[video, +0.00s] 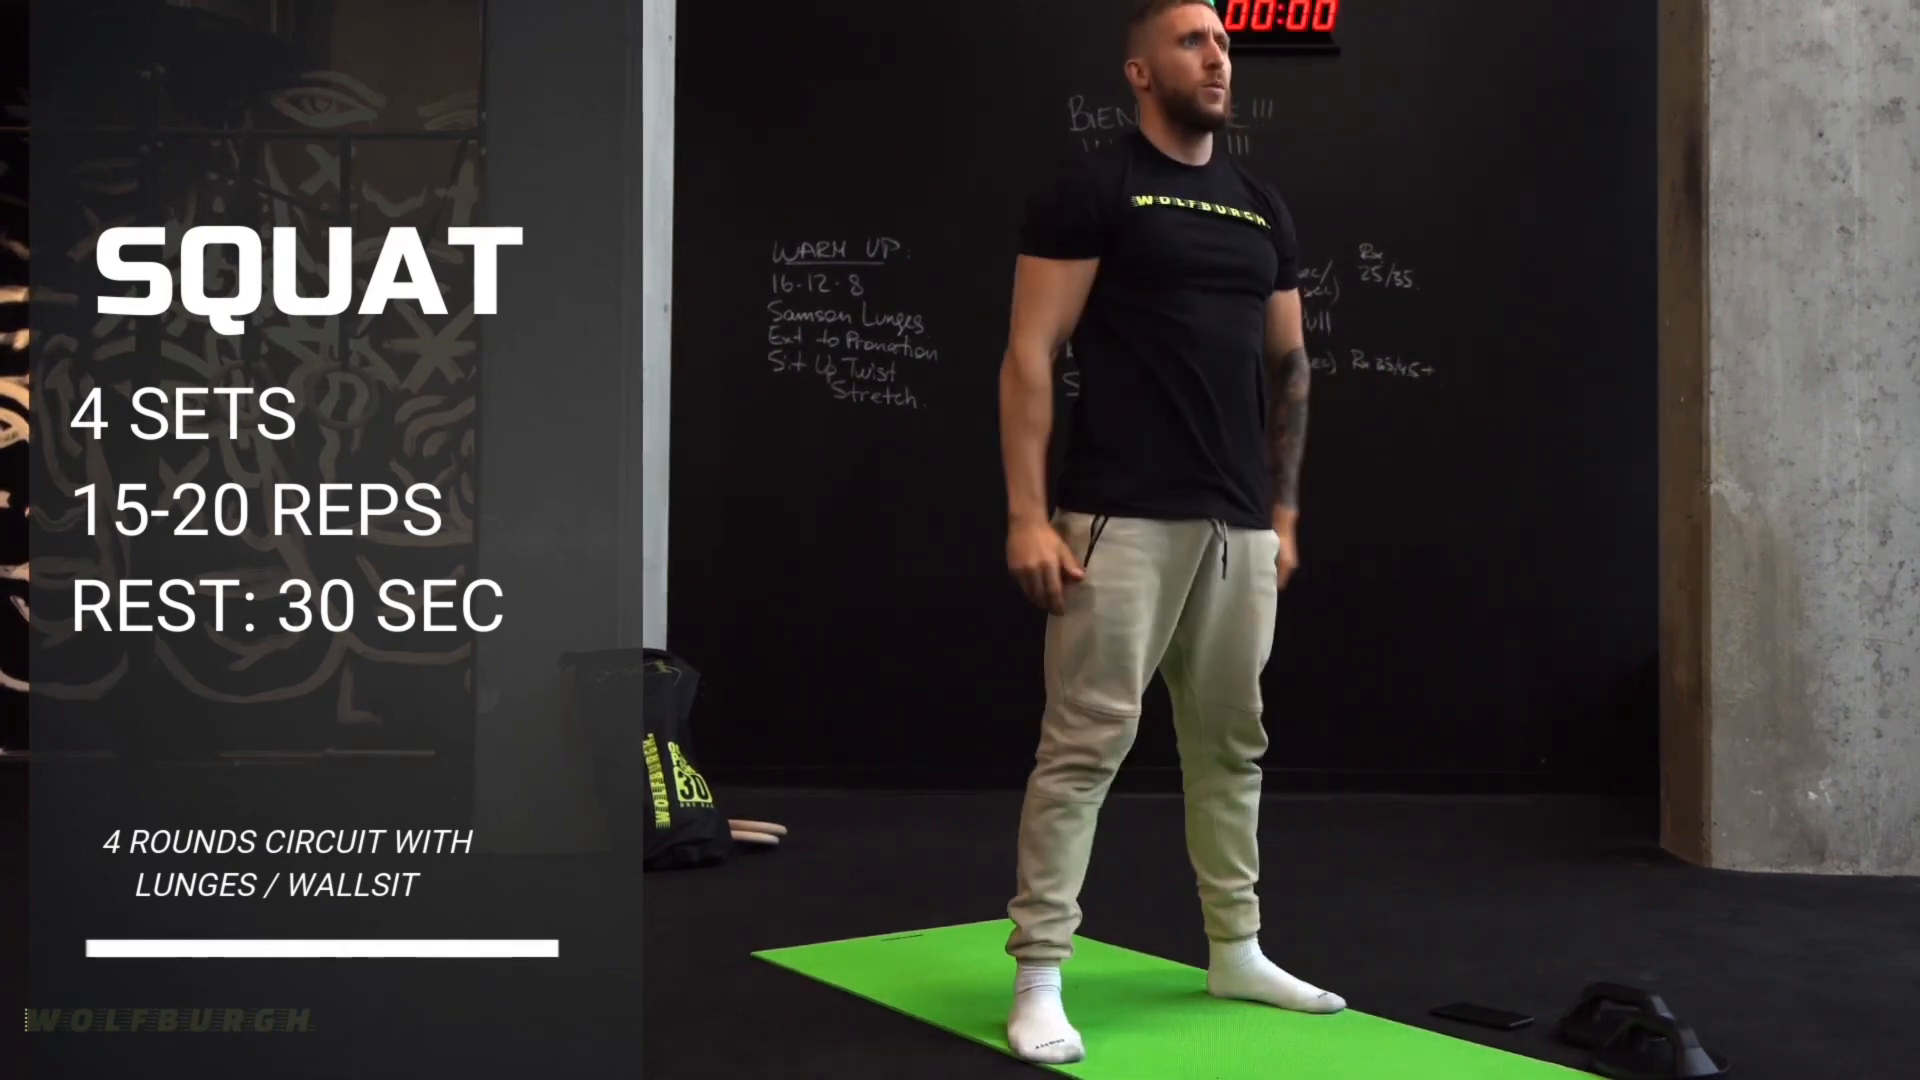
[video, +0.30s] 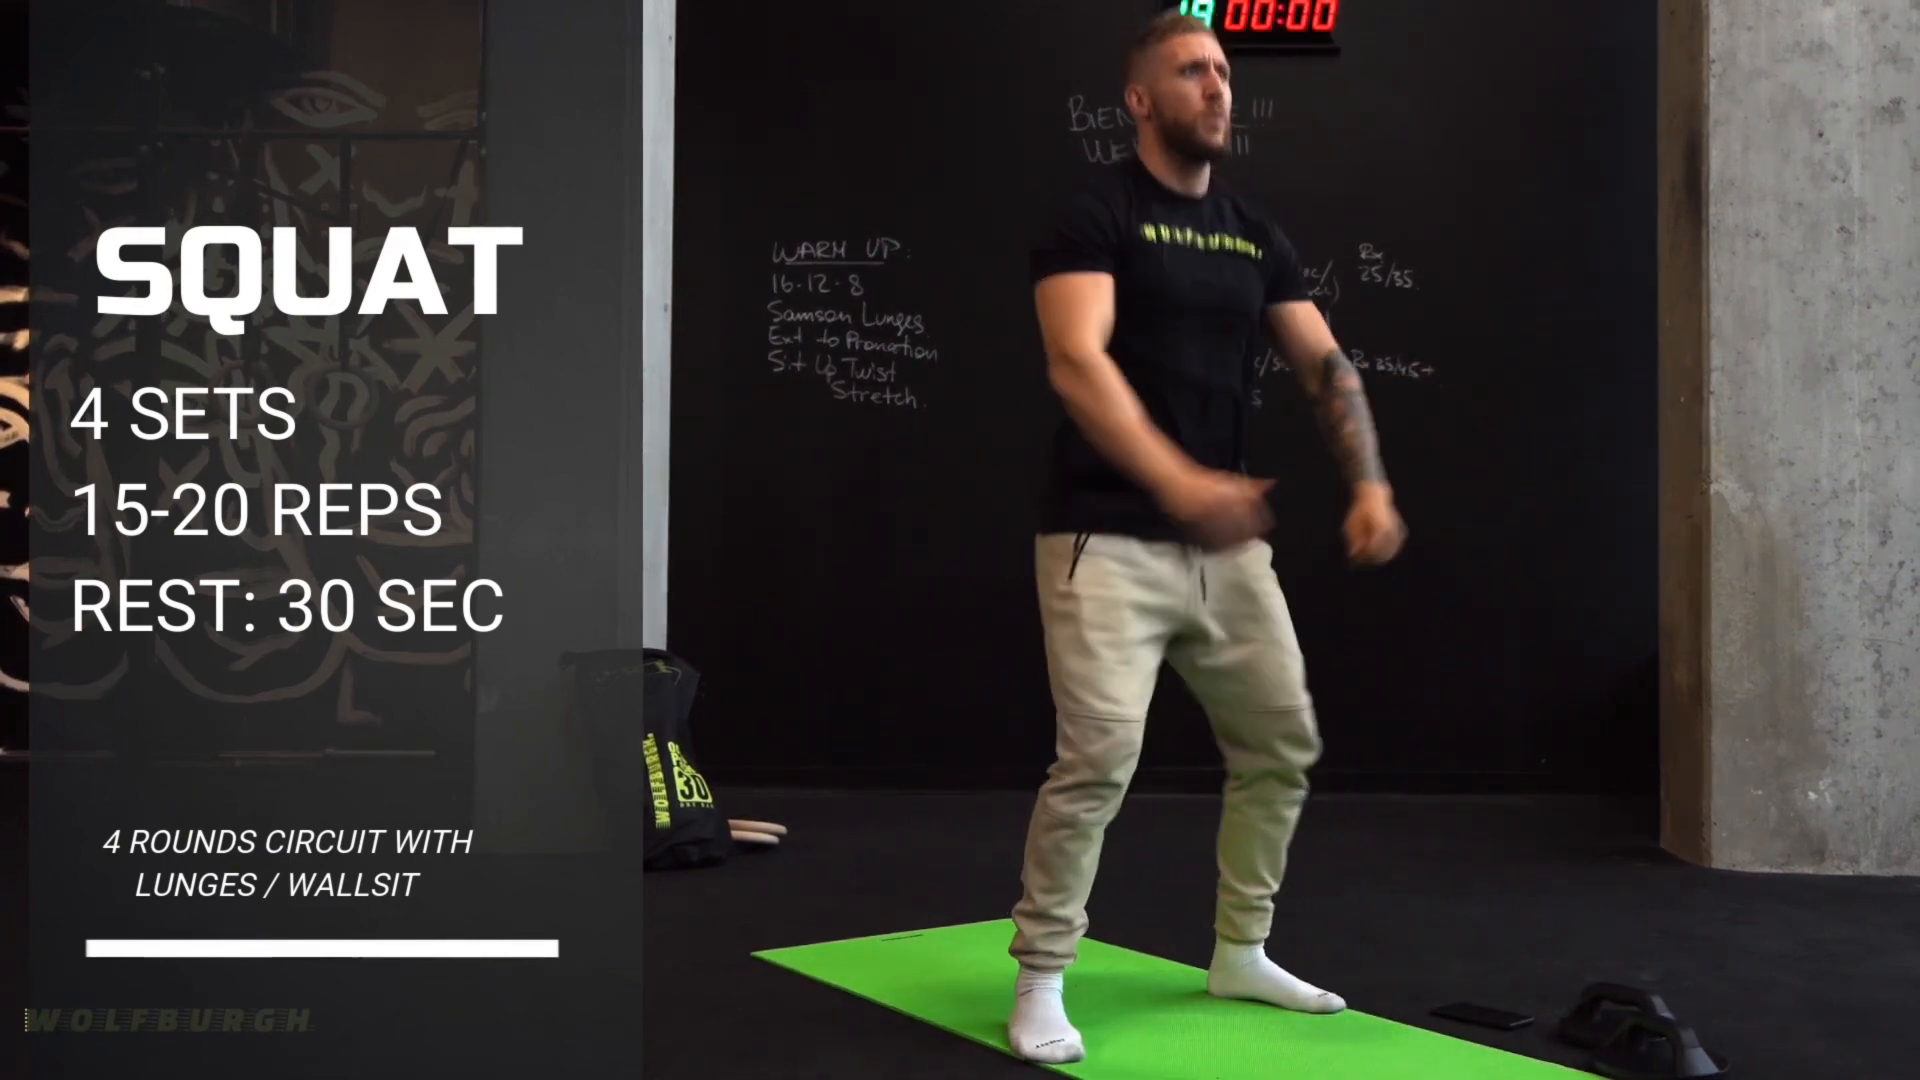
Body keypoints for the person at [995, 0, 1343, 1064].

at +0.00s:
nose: (1218, 58)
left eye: (1223, 43)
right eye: (1194, 43)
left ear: (1231, 70)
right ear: (1140, 72)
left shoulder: (1258, 203)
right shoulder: (1089, 188)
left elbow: (1289, 367)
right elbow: (1029, 355)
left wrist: (1283, 507)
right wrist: (1027, 513)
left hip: (1238, 525)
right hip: (1117, 517)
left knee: (1231, 742)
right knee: (1085, 746)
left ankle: (1237, 954)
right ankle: (1039, 979)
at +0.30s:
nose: (1216, 87)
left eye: (1222, 71)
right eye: (1190, 72)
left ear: (1231, 97)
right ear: (1137, 98)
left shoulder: (1252, 231)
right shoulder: (1090, 212)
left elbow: (1325, 364)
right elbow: (1075, 363)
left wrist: (1368, 484)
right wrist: (1183, 480)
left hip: (1229, 543)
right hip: (1107, 541)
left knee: (1279, 745)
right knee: (1099, 755)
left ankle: (1241, 957)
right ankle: (1041, 983)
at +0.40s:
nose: (1222, 142)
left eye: (1229, 126)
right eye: (1198, 126)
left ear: (1238, 147)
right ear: (1143, 147)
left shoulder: (1254, 279)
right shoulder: (1095, 261)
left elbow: (1342, 377)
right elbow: (1116, 382)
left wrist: (1399, 446)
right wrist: (1271, 444)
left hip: (1210, 577)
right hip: (1091, 573)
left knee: (1302, 755)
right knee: (1099, 760)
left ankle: (1241, 958)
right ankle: (1043, 981)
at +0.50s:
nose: (1234, 254)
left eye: (1240, 237)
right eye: (1211, 238)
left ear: (1248, 254)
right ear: (1157, 255)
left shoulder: (1255, 367)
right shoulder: (1108, 362)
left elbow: (1349, 425)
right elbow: (1167, 426)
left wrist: (1416, 425)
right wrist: (1343, 423)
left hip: (1196, 638)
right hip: (1073, 638)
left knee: (1324, 759)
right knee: (1099, 768)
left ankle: (1242, 961)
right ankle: (1041, 985)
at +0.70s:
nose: (1244, 404)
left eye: (1250, 385)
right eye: (1219, 386)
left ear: (1259, 398)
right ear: (1164, 408)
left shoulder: (1258, 505)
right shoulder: (1117, 499)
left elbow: (1386, 530)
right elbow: (1203, 519)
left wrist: (1448, 489)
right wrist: (1372, 478)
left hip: (1186, 734)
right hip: (1062, 728)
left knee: (1329, 766)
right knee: (1109, 775)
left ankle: (1241, 962)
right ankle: (1044, 989)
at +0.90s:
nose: (1247, 450)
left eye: (1253, 431)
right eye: (1222, 432)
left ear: (1262, 444)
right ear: (1167, 452)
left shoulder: (1261, 545)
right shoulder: (1116, 533)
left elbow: (1385, 569)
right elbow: (1198, 559)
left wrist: (1452, 530)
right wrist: (1372, 518)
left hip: (1180, 774)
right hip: (1052, 775)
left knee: (1332, 769)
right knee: (1110, 776)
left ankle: (1242, 962)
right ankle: (1045, 990)